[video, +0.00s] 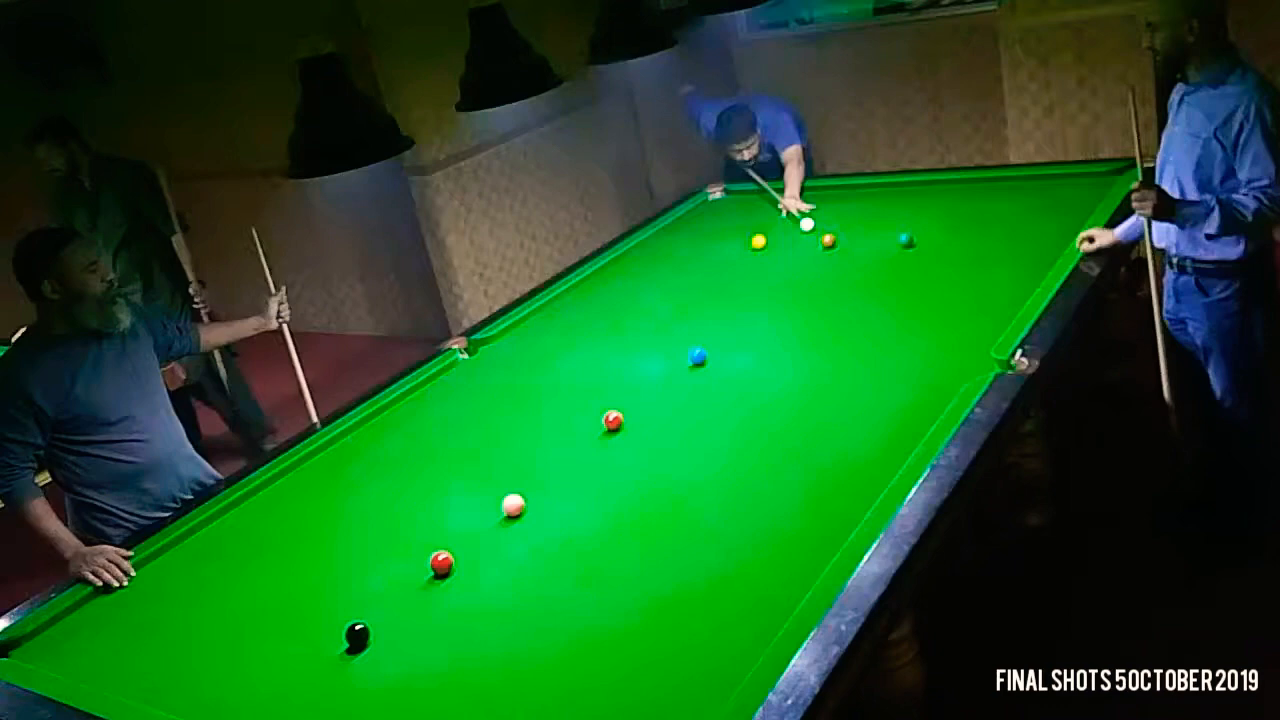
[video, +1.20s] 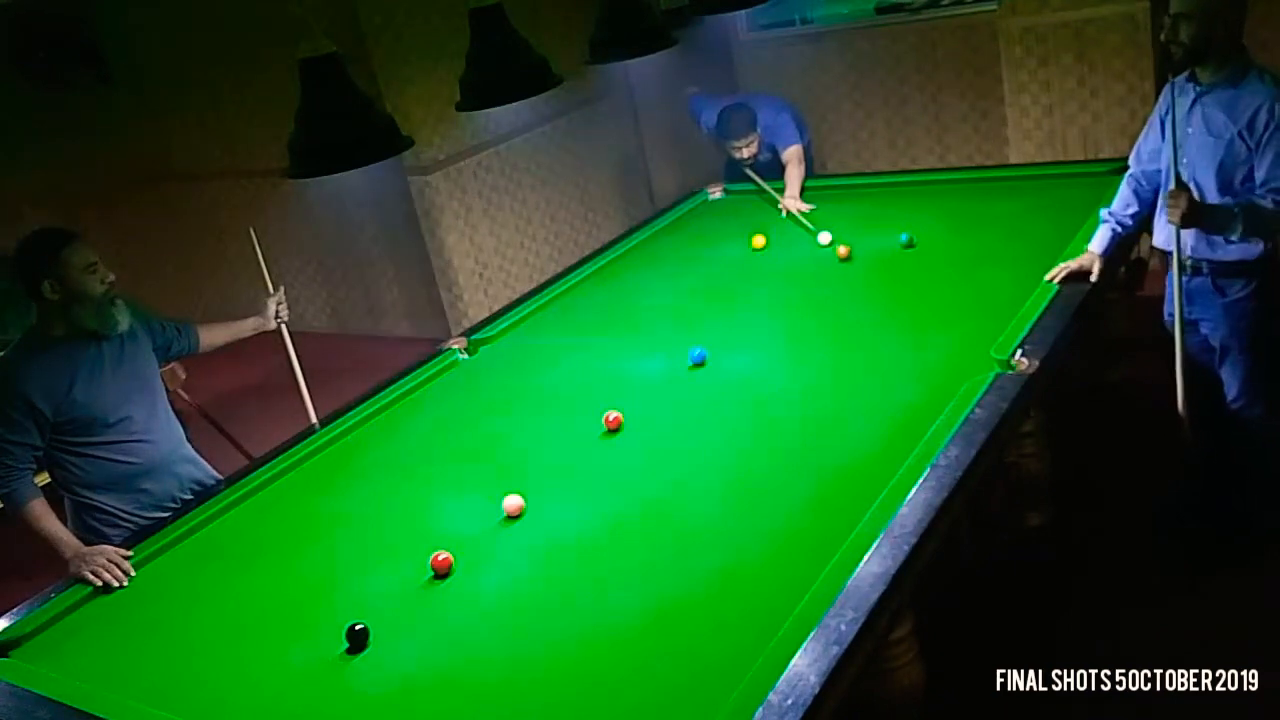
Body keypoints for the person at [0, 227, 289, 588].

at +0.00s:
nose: (110, 276)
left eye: (104, 263)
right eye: (91, 268)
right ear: (52, 289)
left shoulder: (134, 324)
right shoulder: (23, 372)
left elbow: (192, 337)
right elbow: (13, 476)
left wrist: (263, 321)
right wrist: (75, 552)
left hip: (206, 504)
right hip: (129, 543)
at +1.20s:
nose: (110, 277)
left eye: (102, 265)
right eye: (91, 270)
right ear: (51, 290)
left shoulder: (131, 327)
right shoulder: (25, 373)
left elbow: (188, 338)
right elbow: (13, 477)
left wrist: (260, 321)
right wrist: (75, 552)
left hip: (206, 504)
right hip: (130, 545)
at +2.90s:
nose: (108, 283)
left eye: (102, 271)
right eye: (91, 277)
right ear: (51, 293)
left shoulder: (124, 323)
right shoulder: (25, 371)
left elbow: (182, 337)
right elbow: (13, 476)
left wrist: (259, 321)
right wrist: (75, 552)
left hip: (205, 503)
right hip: (130, 544)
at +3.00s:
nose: (108, 282)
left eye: (102, 270)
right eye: (91, 275)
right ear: (52, 292)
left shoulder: (123, 320)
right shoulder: (25, 371)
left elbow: (180, 338)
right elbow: (13, 477)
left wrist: (258, 321)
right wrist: (75, 552)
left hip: (204, 503)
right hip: (129, 543)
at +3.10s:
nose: (109, 280)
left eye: (103, 269)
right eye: (92, 275)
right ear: (52, 292)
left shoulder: (123, 321)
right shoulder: (25, 370)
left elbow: (179, 338)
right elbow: (13, 476)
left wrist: (257, 321)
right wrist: (74, 552)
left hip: (203, 503)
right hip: (129, 543)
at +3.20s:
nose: (109, 279)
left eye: (103, 268)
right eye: (93, 274)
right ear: (54, 292)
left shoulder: (121, 319)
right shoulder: (25, 369)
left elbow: (177, 339)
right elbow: (15, 474)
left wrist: (255, 322)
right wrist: (74, 551)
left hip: (198, 498)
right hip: (127, 537)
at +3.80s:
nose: (140, 252)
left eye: (133, 242)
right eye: (124, 245)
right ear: (89, 264)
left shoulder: (128, 308)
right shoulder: (76, 336)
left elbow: (158, 378)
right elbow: (62, 442)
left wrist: (222, 385)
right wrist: (137, 506)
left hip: (208, 479)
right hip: (172, 502)